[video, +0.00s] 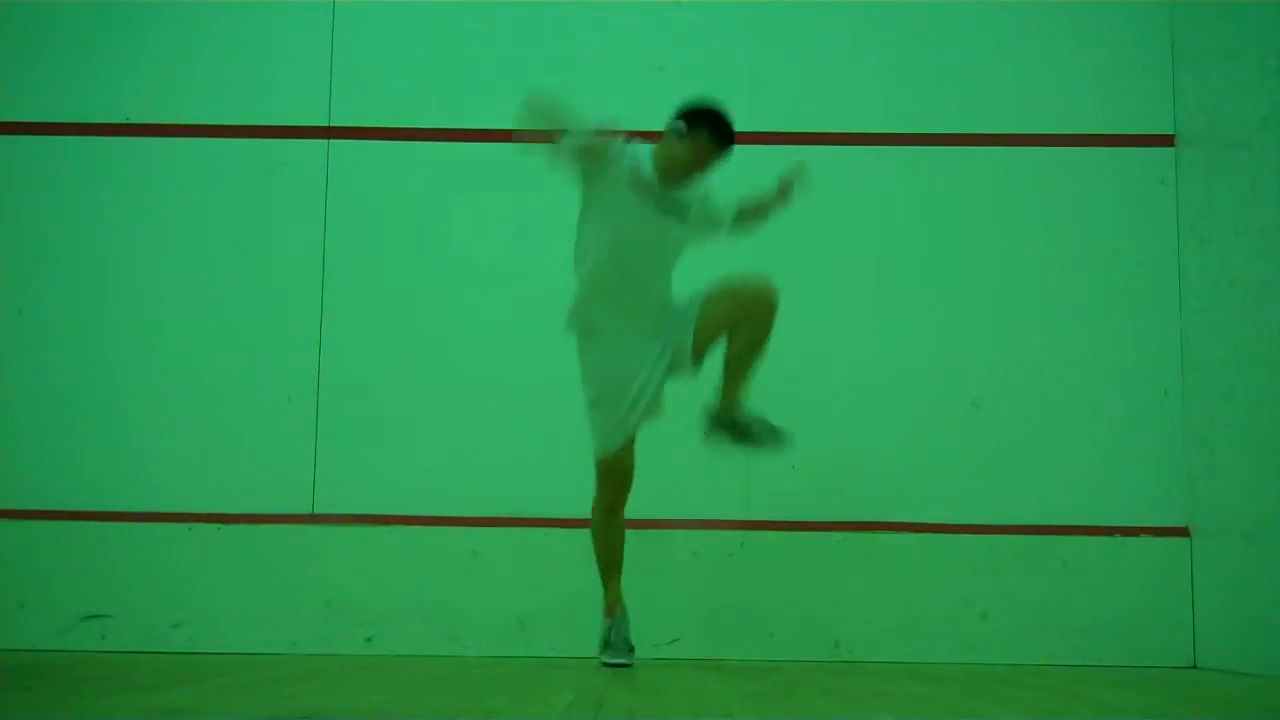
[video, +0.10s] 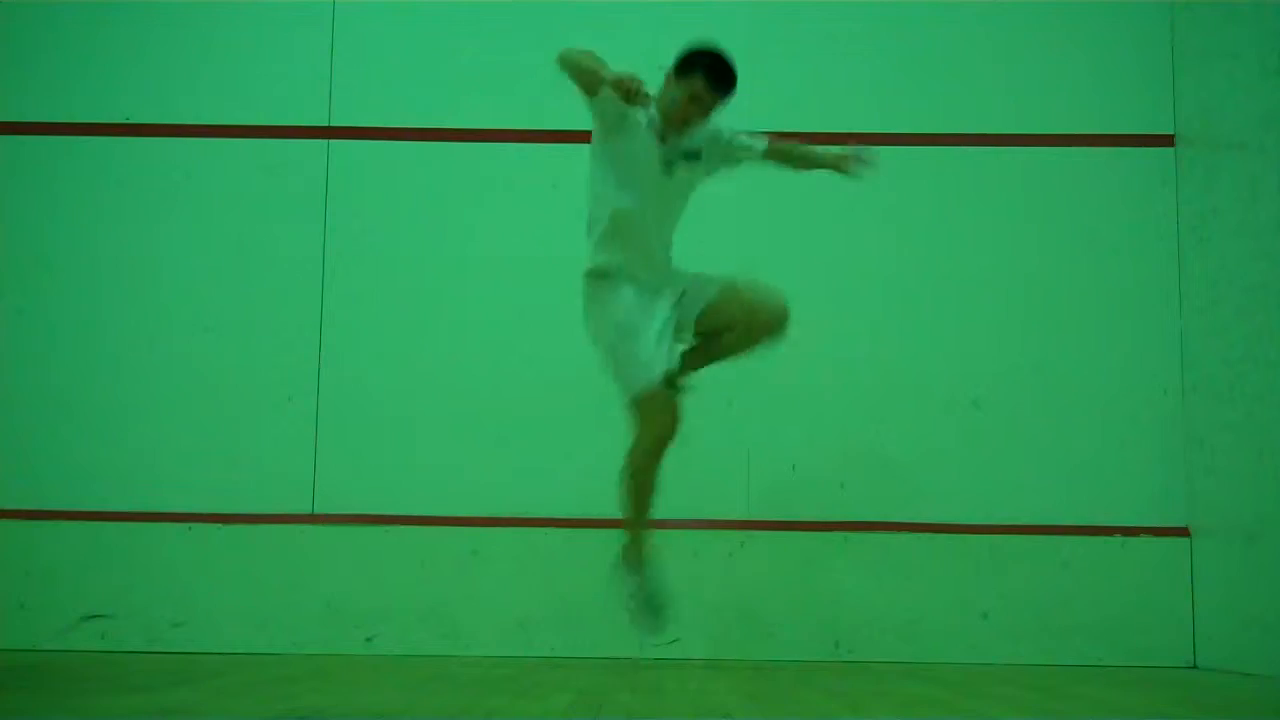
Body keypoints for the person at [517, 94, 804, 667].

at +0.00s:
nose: (695, 170)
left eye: (707, 163)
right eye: (695, 155)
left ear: (709, 162)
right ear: (671, 134)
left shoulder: (689, 203)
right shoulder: (611, 162)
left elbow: (733, 219)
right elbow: (537, 129)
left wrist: (775, 199)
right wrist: (558, 128)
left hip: (663, 331)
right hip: (609, 338)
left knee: (757, 297)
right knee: (614, 479)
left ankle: (728, 413)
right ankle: (614, 611)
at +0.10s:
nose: (693, 114)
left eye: (706, 109)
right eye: (690, 98)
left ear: (714, 110)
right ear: (670, 82)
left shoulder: (708, 145)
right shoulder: (621, 120)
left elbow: (773, 151)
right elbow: (570, 60)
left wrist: (831, 159)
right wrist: (605, 81)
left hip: (666, 285)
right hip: (614, 290)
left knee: (766, 313)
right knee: (659, 418)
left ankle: (668, 371)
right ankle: (633, 556)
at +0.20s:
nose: (697, 105)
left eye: (710, 99)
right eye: (694, 90)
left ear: (722, 95)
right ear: (674, 66)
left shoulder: (724, 118)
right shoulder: (639, 94)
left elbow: (793, 135)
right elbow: (608, 97)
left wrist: (875, 168)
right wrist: (604, 103)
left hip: (663, 266)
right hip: (623, 263)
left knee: (726, 388)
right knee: (712, 324)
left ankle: (605, 389)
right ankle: (676, 449)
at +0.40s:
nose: (744, 167)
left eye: (756, 161)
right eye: (741, 151)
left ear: (765, 160)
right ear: (719, 131)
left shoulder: (746, 198)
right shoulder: (683, 166)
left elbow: (812, 237)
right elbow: (644, 179)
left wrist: (894, 284)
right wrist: (640, 173)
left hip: (650, 343)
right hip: (644, 330)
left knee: (682, 487)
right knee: (756, 386)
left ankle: (598, 585)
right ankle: (703, 534)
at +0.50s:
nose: (769, 226)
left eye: (780, 220)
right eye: (767, 210)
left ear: (784, 221)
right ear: (740, 191)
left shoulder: (744, 272)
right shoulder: (699, 234)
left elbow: (810, 309)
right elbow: (645, 238)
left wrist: (883, 355)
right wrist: (592, 243)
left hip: (616, 402)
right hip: (659, 389)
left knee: (691, 534)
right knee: (746, 503)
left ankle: (639, 609)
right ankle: (696, 634)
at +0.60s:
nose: (776, 267)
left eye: (788, 261)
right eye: (776, 251)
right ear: (748, 223)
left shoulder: (741, 299)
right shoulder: (702, 261)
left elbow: (775, 342)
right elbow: (642, 292)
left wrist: (817, 390)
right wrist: (586, 321)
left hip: (601, 422)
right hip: (648, 400)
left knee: (685, 536)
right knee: (749, 503)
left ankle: (680, 533)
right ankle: (693, 640)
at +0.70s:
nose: (763, 253)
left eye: (773, 247)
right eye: (764, 238)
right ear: (736, 211)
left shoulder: (706, 272)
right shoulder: (694, 250)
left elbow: (683, 346)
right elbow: (659, 294)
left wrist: (707, 400)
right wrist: (647, 340)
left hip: (595, 418)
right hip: (634, 399)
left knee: (701, 514)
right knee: (731, 493)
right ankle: (691, 639)